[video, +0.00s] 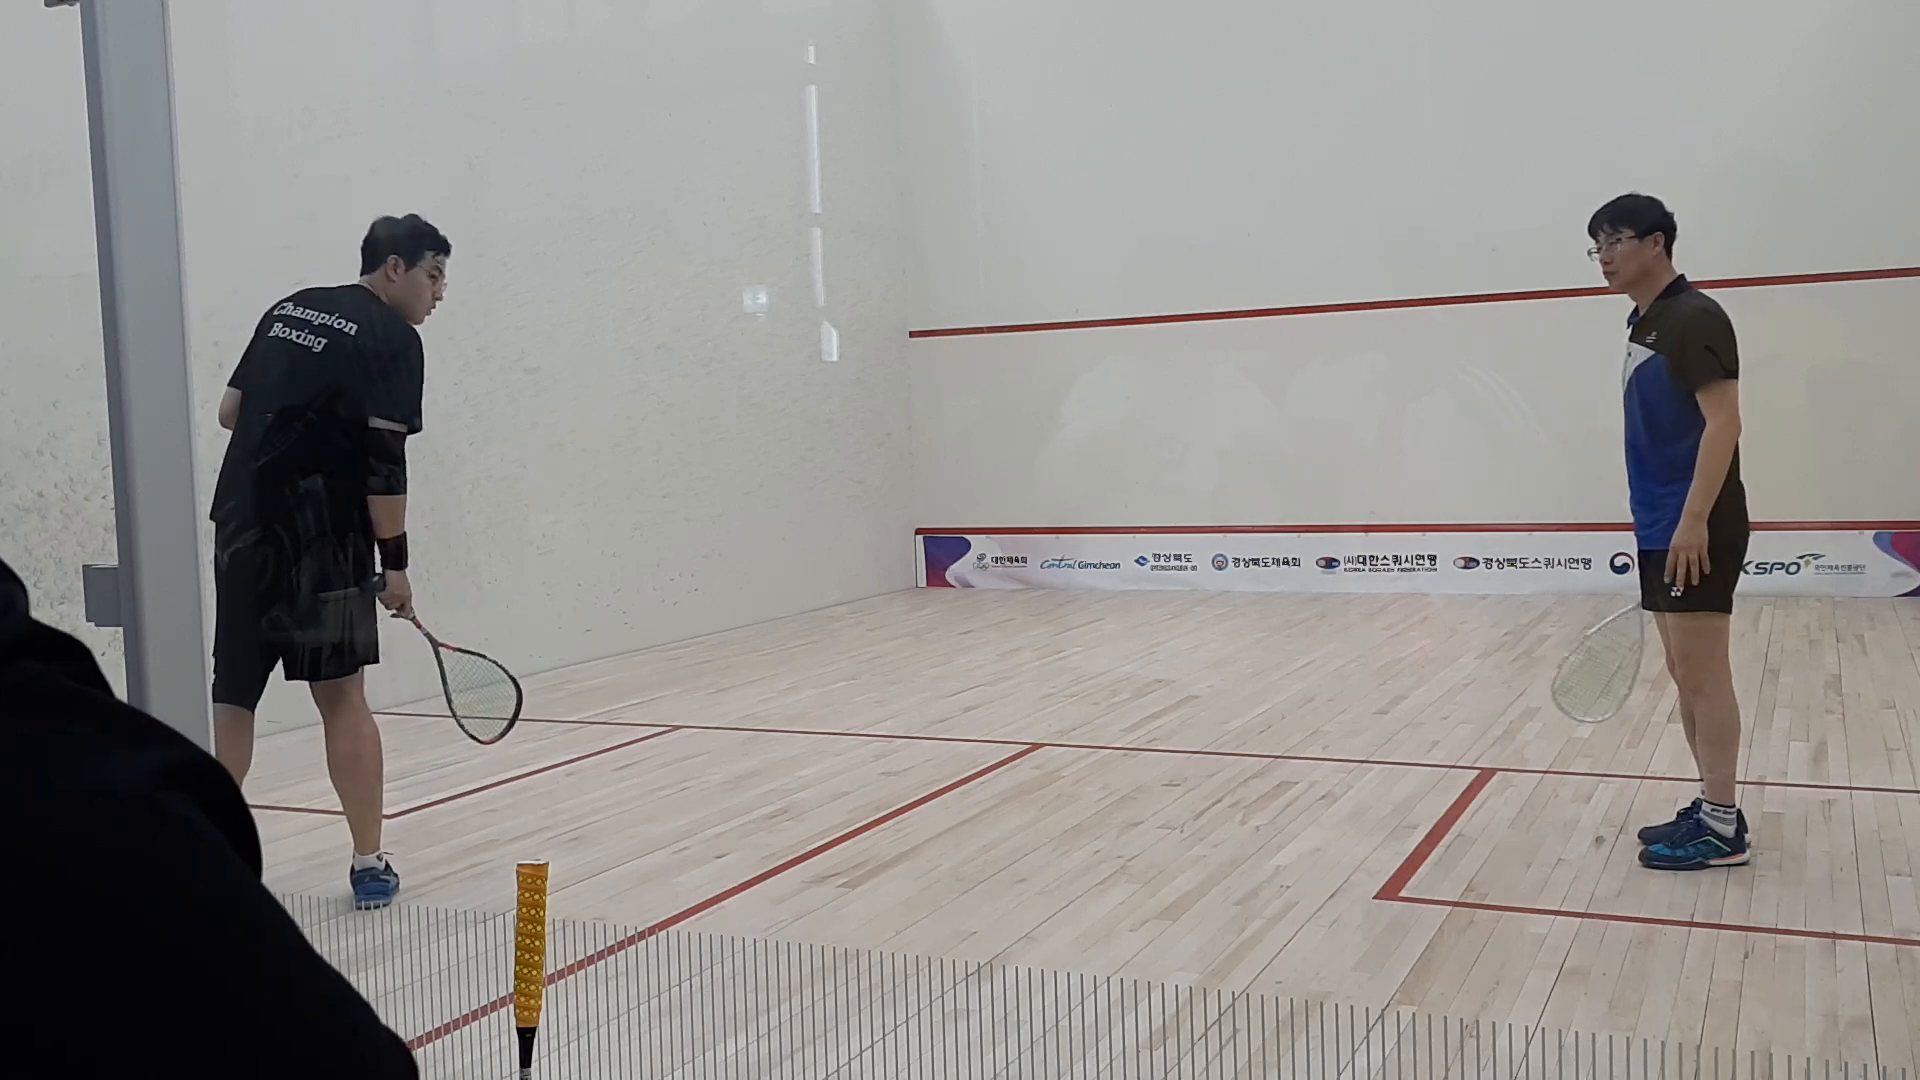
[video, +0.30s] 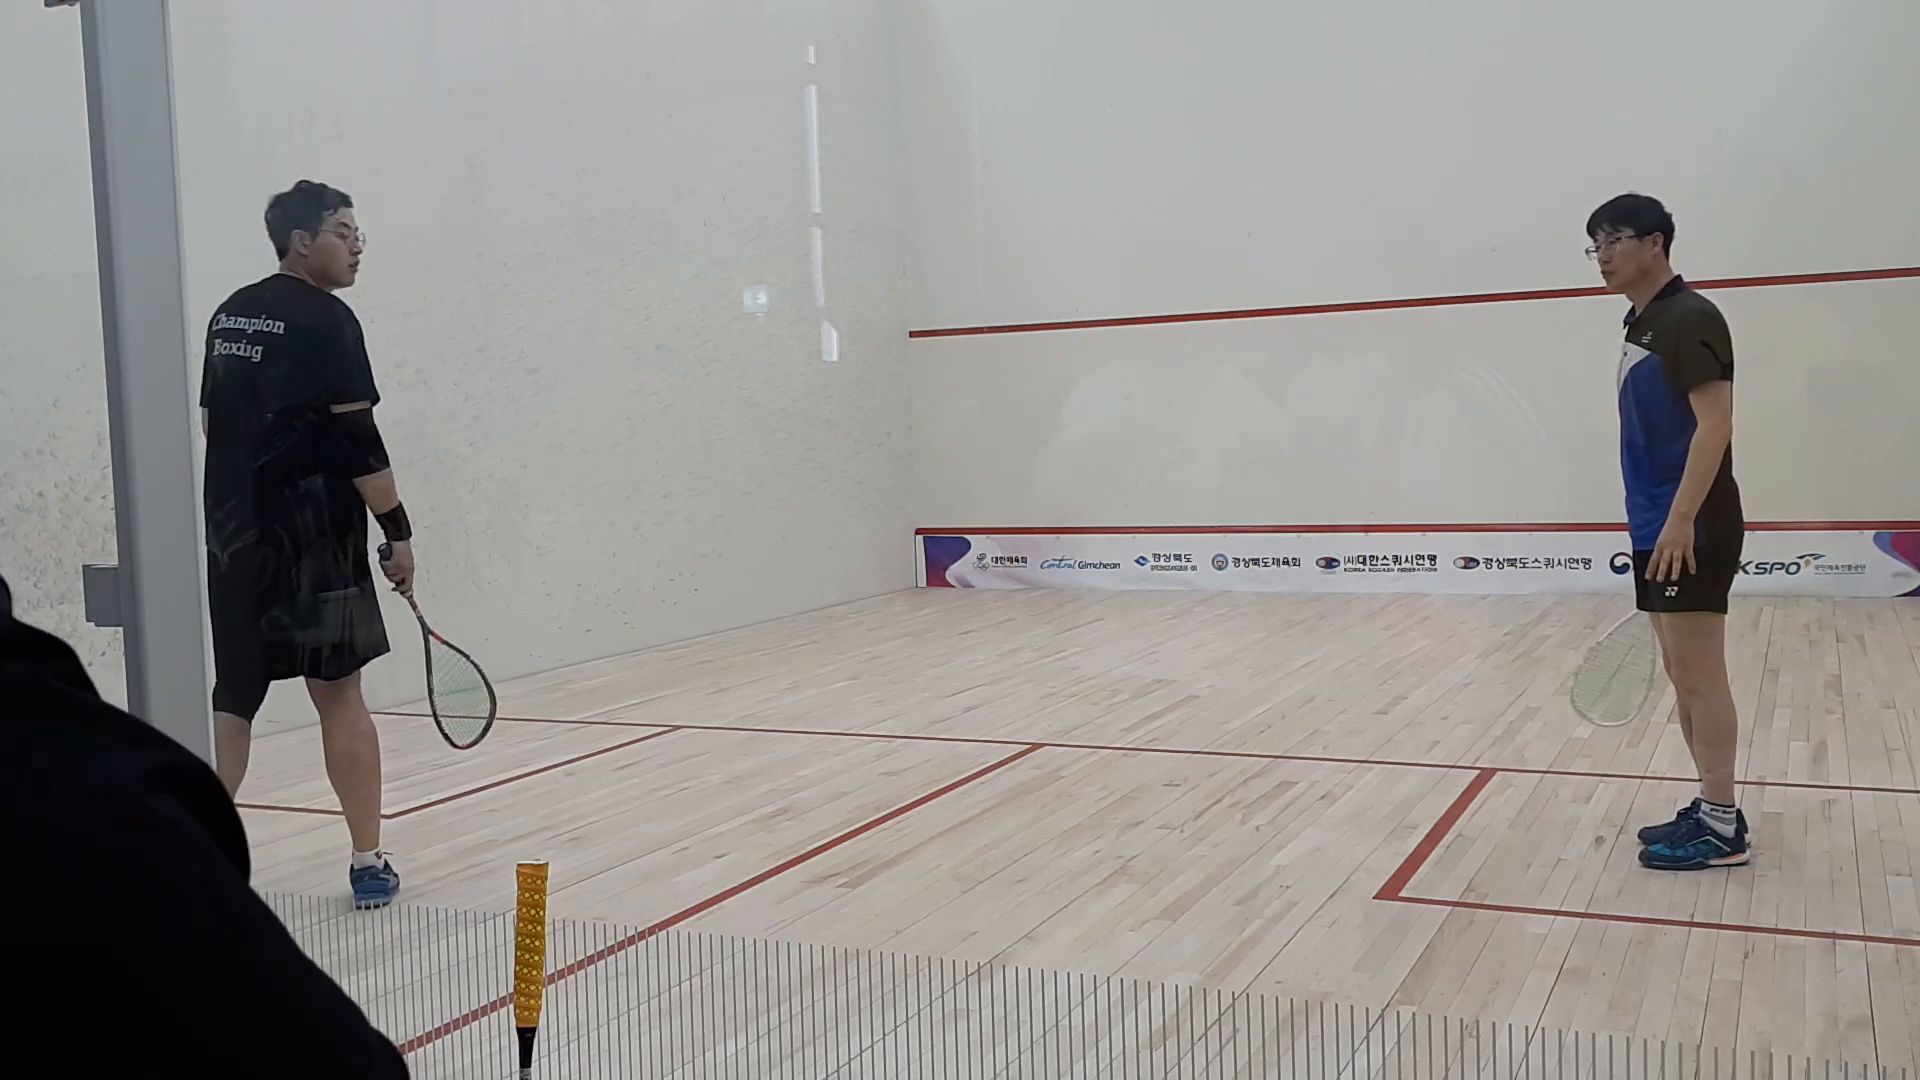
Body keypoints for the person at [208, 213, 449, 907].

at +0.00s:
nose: (440, 294)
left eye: (442, 280)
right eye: (435, 277)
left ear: (374, 269)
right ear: (394, 268)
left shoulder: (292, 307)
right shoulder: (393, 340)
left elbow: (232, 409)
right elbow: (385, 465)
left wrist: (290, 457)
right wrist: (396, 567)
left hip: (240, 534)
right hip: (322, 541)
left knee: (229, 701)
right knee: (342, 699)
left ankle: (205, 860)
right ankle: (369, 864)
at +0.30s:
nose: (360, 246)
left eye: (357, 232)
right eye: (346, 233)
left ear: (292, 244)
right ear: (302, 241)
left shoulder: (231, 312)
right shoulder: (329, 321)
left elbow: (212, 425)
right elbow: (358, 442)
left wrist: (231, 512)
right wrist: (398, 532)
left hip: (234, 547)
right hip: (317, 544)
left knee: (230, 709)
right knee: (341, 699)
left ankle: (203, 864)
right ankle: (368, 862)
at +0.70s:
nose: (272, 241)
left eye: (268, 228)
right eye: (259, 228)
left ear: (209, 239)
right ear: (217, 236)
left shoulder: (161, 308)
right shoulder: (247, 313)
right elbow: (275, 434)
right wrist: (339, 506)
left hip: (193, 540)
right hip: (269, 532)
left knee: (204, 716)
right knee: (318, 680)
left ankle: (189, 865)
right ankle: (344, 844)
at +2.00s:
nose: (249, 273)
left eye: (249, 259)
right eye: (242, 259)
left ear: (187, 257)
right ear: (206, 256)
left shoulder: (113, 323)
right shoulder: (231, 330)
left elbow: (91, 437)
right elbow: (272, 437)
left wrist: (157, 455)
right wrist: (303, 460)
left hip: (143, 549)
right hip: (232, 543)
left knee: (153, 711)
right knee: (282, 690)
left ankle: (152, 869)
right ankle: (319, 843)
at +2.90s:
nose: (293, 271)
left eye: (290, 260)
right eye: (289, 261)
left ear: (215, 269)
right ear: (272, 267)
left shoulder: (177, 321)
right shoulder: (305, 345)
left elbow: (115, 403)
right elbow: (314, 452)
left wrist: (51, 431)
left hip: (186, 547)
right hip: (276, 550)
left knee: (155, 699)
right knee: (294, 696)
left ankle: (135, 855)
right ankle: (324, 853)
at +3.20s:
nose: (221, 283)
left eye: (217, 271)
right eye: (217, 272)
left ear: (145, 271)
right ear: (202, 277)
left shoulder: (108, 328)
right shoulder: (239, 354)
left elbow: (70, 408)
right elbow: (245, 461)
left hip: (115, 560)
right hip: (216, 564)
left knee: (78, 699)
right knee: (247, 693)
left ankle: (86, 867)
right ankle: (316, 843)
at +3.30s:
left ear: (107, 259)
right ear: (177, 265)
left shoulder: (72, 334)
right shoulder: (205, 353)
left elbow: (30, 419)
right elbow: (210, 464)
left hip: (85, 557)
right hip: (181, 562)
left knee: (59, 703)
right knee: (206, 685)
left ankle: (84, 867)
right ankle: (278, 810)